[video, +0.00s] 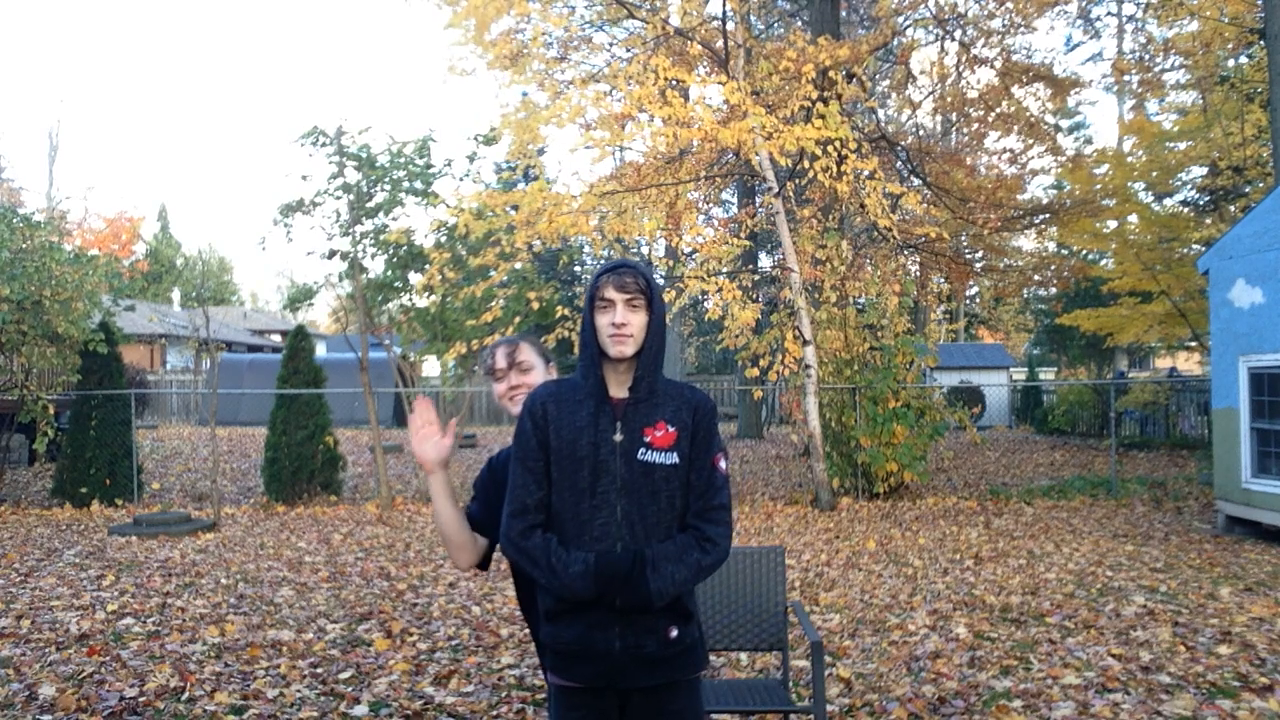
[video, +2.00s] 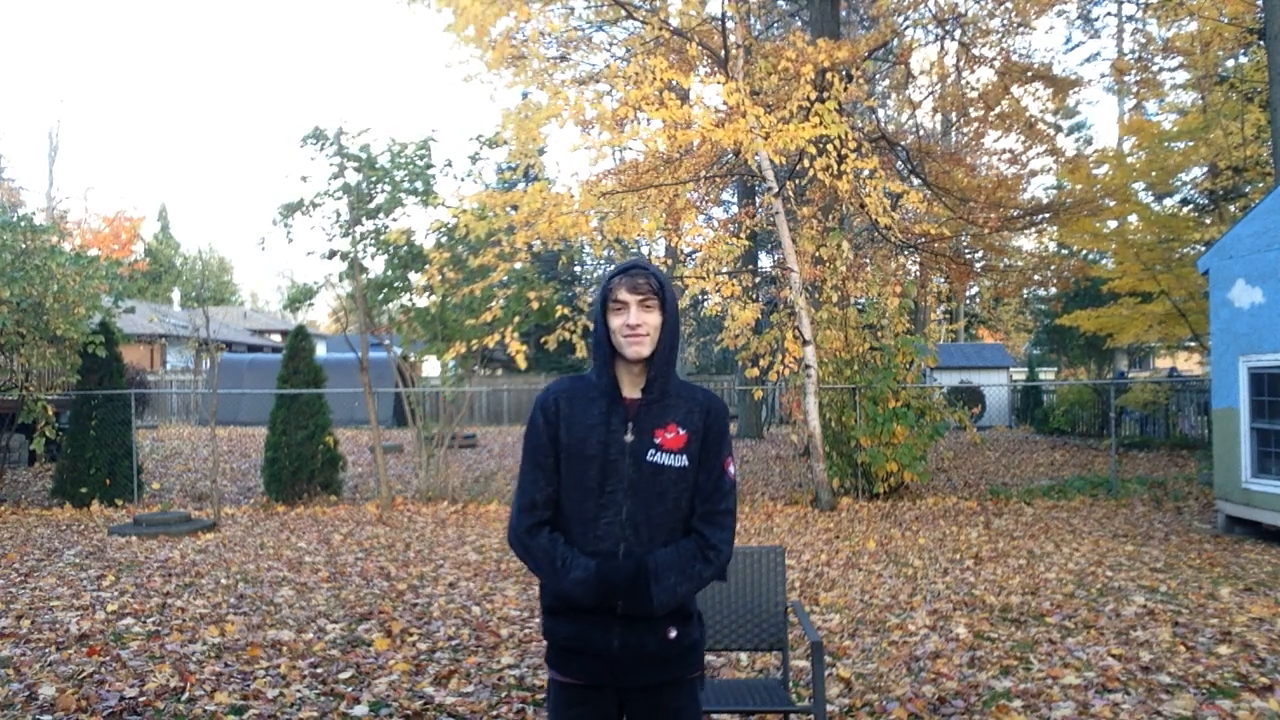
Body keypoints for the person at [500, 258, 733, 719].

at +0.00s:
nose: (618, 319)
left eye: (633, 306)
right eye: (605, 306)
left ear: (653, 318)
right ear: (590, 319)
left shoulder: (691, 408)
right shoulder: (545, 406)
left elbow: (713, 531)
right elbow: (518, 530)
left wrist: (646, 574)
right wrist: (588, 575)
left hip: (667, 655)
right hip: (575, 660)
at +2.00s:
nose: (632, 320)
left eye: (645, 307)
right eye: (618, 308)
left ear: (667, 319)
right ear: (603, 321)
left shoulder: (702, 411)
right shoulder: (559, 404)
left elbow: (715, 539)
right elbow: (526, 525)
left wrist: (645, 579)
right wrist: (592, 579)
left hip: (668, 654)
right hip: (578, 654)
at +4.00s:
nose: (626, 311)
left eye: (642, 299)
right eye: (613, 298)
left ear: (661, 316)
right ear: (596, 312)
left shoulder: (703, 399)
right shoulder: (559, 403)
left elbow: (735, 520)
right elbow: (534, 527)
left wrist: (669, 566)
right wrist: (608, 570)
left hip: (684, 645)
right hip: (594, 648)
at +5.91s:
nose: (622, 316)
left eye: (636, 303)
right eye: (608, 303)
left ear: (653, 317)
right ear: (589, 315)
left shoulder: (689, 403)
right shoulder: (546, 405)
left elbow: (722, 519)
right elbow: (523, 526)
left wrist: (655, 571)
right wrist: (596, 581)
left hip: (670, 644)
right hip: (583, 648)